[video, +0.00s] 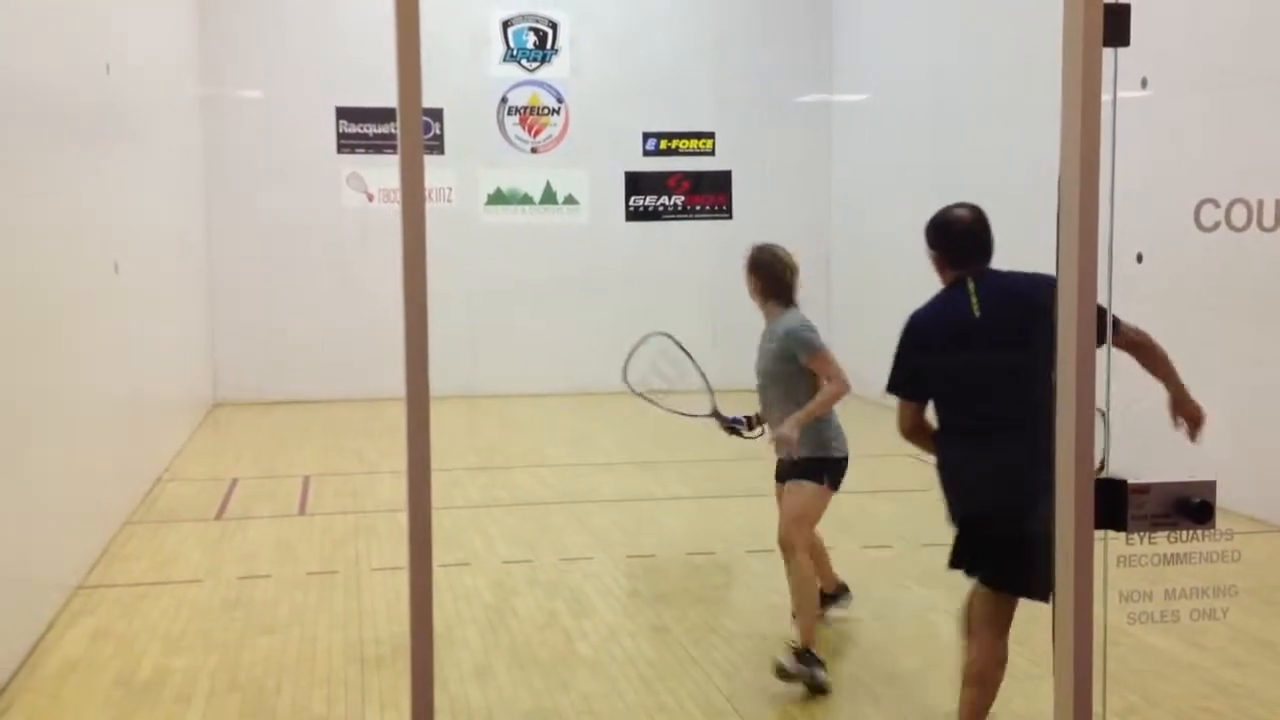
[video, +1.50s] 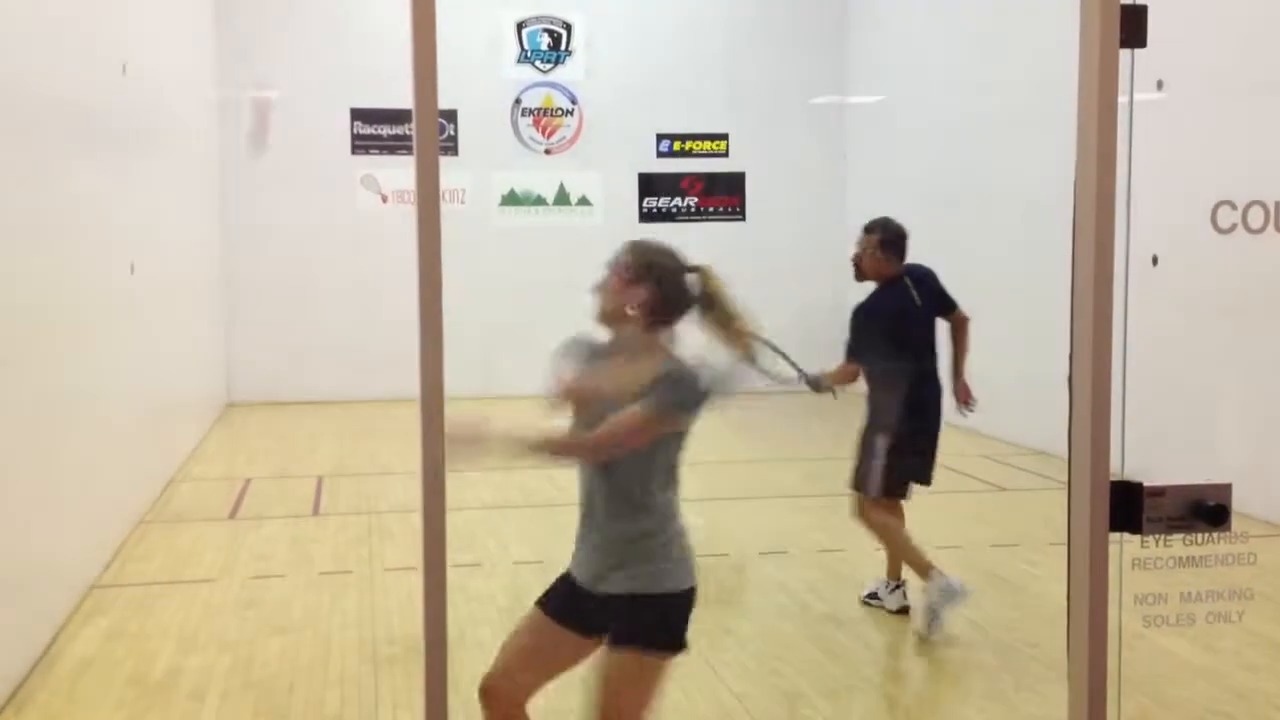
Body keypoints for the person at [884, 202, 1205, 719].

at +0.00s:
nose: (933, 260)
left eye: (932, 253)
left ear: (936, 257)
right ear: (990, 249)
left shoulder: (926, 324)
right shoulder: (1044, 293)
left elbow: (909, 426)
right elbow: (1137, 341)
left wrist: (948, 448)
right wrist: (1179, 394)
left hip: (982, 495)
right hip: (1053, 486)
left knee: (987, 624)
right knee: (987, 620)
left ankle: (971, 712)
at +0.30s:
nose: (970, 281)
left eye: (971, 274)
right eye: (971, 274)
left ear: (977, 276)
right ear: (1025, 266)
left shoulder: (968, 334)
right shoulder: (1073, 306)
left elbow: (952, 428)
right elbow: (1152, 369)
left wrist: (977, 465)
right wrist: (1150, 426)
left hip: (1007, 478)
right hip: (1074, 472)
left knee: (1036, 583)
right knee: (1084, 573)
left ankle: (1060, 678)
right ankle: (1072, 677)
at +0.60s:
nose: (976, 258)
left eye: (980, 251)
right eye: (977, 250)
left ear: (993, 255)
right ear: (1031, 250)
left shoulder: (982, 312)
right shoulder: (1075, 286)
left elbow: (966, 396)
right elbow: (1141, 348)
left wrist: (959, 443)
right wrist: (1157, 423)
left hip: (1024, 455)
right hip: (1083, 450)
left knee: (1027, 554)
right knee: (1088, 547)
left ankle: (1056, 640)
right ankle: (1108, 662)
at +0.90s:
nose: (935, 251)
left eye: (942, 247)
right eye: (939, 244)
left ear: (959, 258)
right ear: (982, 257)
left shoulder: (949, 314)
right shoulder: (1014, 286)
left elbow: (943, 397)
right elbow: (1049, 337)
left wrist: (917, 434)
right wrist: (1011, 357)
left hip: (969, 440)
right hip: (1027, 435)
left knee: (951, 527)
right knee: (1052, 538)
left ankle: (963, 623)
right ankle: (1099, 645)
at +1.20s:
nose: (888, 241)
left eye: (897, 237)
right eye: (893, 234)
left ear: (918, 250)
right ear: (927, 248)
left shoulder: (907, 304)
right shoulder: (960, 272)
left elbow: (896, 380)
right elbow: (998, 319)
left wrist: (864, 409)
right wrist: (982, 371)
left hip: (935, 411)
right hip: (972, 401)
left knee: (935, 506)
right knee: (941, 499)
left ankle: (966, 619)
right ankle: (961, 603)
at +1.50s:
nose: (855, 255)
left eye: (863, 249)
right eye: (859, 247)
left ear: (885, 256)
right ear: (891, 255)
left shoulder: (869, 311)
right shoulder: (920, 278)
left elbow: (851, 369)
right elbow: (959, 320)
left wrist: (822, 379)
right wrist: (959, 377)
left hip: (890, 418)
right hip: (921, 412)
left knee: (869, 508)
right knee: (890, 501)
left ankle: (938, 583)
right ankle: (894, 588)